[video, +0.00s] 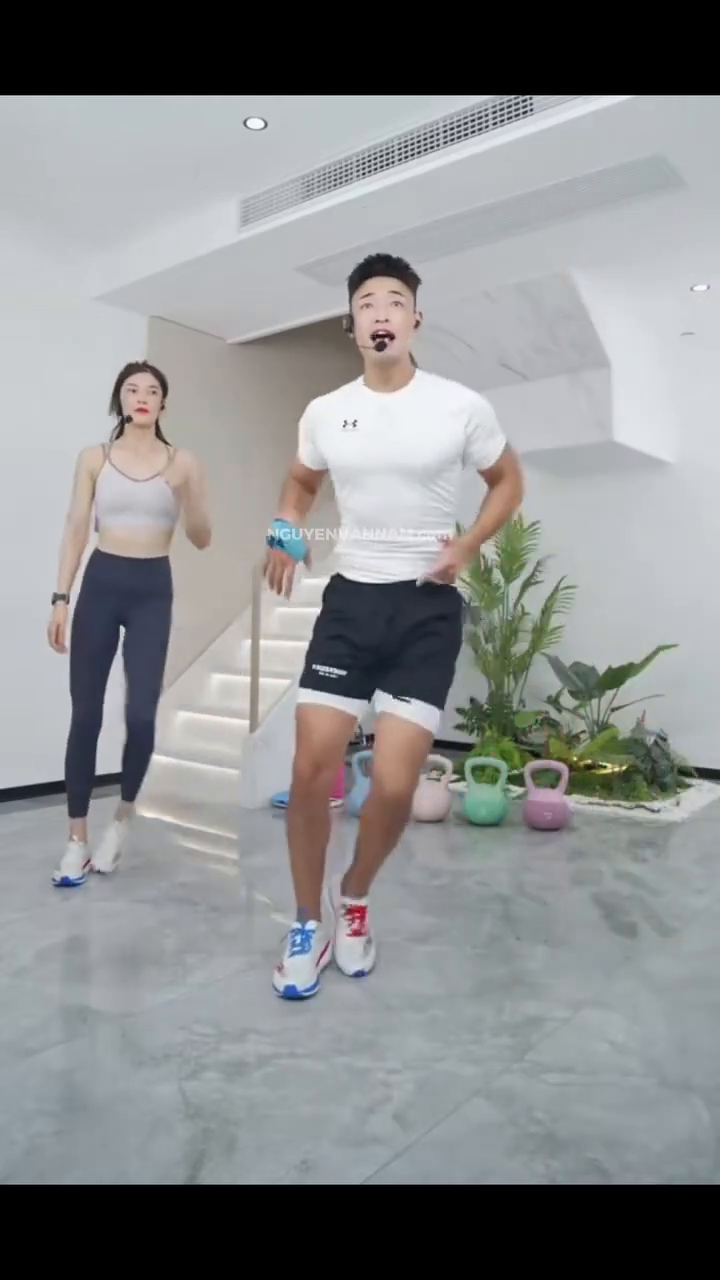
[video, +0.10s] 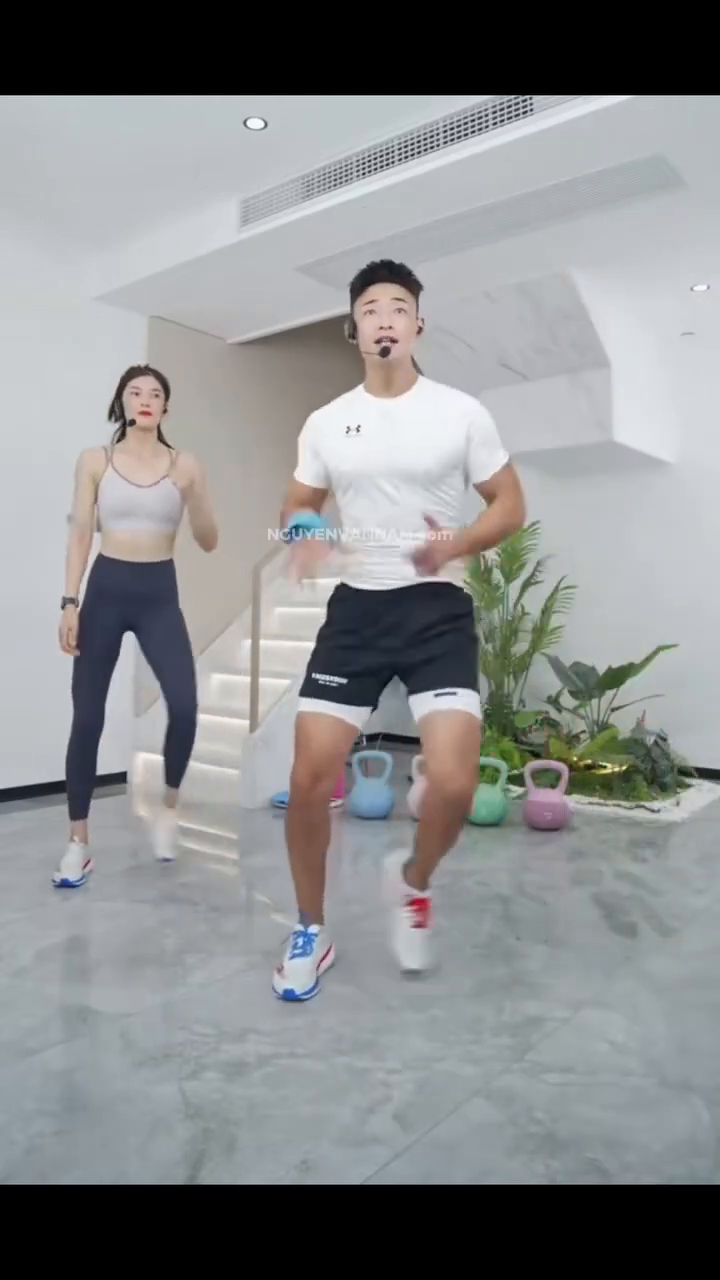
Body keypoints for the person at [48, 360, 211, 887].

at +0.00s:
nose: (142, 397)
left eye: (151, 391)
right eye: (133, 390)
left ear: (163, 402)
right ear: (119, 400)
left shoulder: (182, 462)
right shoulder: (95, 457)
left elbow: (201, 539)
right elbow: (77, 529)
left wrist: (189, 490)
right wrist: (62, 599)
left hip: (152, 589)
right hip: (98, 585)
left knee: (140, 716)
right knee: (86, 715)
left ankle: (122, 819)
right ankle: (78, 836)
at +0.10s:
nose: (146, 400)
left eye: (155, 394)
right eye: (137, 392)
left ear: (166, 406)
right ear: (121, 402)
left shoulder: (184, 464)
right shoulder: (96, 460)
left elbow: (208, 541)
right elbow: (81, 533)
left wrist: (194, 491)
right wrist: (71, 603)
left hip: (159, 595)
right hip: (104, 593)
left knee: (185, 708)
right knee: (87, 718)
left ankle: (168, 812)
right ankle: (78, 838)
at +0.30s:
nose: (169, 396)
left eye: (178, 391)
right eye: (159, 390)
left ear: (189, 404)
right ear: (143, 402)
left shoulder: (206, 461)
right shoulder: (123, 459)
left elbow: (227, 537)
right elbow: (110, 534)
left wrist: (211, 481)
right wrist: (103, 603)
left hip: (190, 593)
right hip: (134, 592)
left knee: (224, 716)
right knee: (109, 719)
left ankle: (268, 828)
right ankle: (80, 839)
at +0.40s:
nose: (186, 403)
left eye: (194, 396)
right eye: (176, 397)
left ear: (206, 409)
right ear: (161, 409)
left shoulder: (227, 465)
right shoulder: (144, 468)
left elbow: (257, 537)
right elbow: (132, 544)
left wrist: (226, 491)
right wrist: (121, 612)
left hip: (218, 598)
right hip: (164, 597)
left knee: (241, 718)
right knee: (127, 719)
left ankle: (272, 831)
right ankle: (83, 835)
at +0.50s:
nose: (201, 406)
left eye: (210, 399)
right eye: (192, 400)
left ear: (223, 410)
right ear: (180, 411)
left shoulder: (247, 463)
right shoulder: (165, 473)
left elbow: (282, 524)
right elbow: (154, 550)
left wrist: (239, 497)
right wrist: (142, 617)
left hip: (245, 598)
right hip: (191, 600)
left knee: (257, 716)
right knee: (147, 712)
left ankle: (272, 830)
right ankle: (103, 825)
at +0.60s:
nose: (213, 404)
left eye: (222, 398)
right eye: (204, 398)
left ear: (236, 409)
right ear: (192, 410)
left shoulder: (260, 461)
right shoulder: (179, 471)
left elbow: (292, 524)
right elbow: (173, 549)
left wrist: (250, 499)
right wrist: (163, 616)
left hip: (256, 593)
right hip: (204, 594)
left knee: (262, 713)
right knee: (181, 707)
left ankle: (272, 828)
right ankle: (161, 798)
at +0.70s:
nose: (220, 400)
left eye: (229, 393)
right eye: (212, 394)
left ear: (244, 405)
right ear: (200, 406)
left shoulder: (268, 458)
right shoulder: (187, 464)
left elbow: (295, 525)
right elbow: (185, 539)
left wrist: (257, 502)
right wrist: (181, 604)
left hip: (258, 586)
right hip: (207, 588)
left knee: (262, 713)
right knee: (220, 713)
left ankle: (272, 827)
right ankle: (223, 812)